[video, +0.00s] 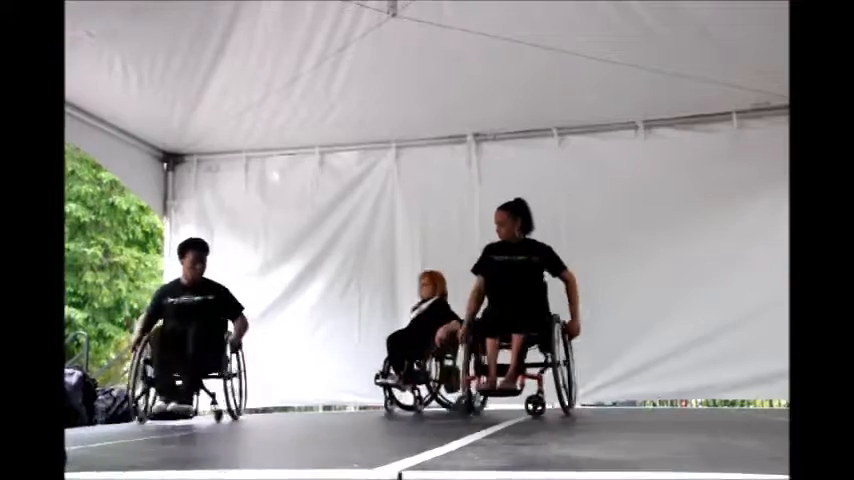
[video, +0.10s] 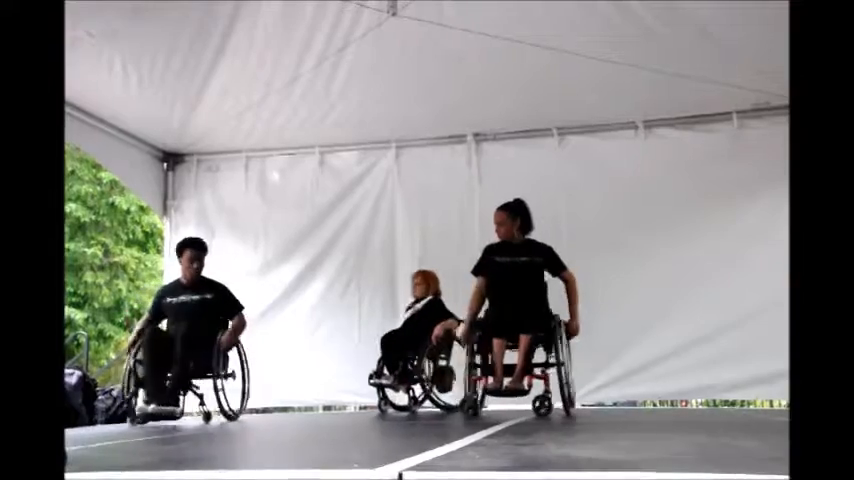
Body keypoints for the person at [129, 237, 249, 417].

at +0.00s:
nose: (200, 266)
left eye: (203, 262)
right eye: (195, 261)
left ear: (206, 262)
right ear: (182, 261)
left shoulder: (217, 292)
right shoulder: (166, 292)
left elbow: (241, 321)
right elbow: (148, 318)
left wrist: (236, 338)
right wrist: (138, 338)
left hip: (208, 352)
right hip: (177, 352)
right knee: (158, 336)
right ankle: (165, 399)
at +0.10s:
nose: (197, 265)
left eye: (200, 260)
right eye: (192, 260)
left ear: (204, 261)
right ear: (180, 260)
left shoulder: (217, 291)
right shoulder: (166, 293)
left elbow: (239, 321)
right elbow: (149, 321)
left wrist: (229, 339)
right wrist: (135, 339)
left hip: (208, 354)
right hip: (177, 353)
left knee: (186, 333)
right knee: (151, 334)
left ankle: (171, 399)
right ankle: (155, 400)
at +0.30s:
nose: (188, 263)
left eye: (193, 258)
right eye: (184, 258)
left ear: (200, 260)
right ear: (175, 259)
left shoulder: (212, 288)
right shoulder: (167, 292)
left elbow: (229, 317)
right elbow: (155, 320)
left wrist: (213, 336)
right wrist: (133, 337)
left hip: (201, 353)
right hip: (172, 351)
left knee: (164, 335)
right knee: (137, 335)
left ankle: (149, 400)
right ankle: (133, 399)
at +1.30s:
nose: (187, 257)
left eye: (192, 252)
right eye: (182, 252)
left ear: (201, 255)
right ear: (176, 255)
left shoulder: (211, 286)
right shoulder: (167, 288)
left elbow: (218, 315)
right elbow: (142, 310)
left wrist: (204, 340)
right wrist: (121, 326)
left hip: (200, 350)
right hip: (172, 349)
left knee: (161, 330)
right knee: (136, 332)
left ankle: (145, 397)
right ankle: (131, 396)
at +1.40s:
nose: (184, 257)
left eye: (189, 252)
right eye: (180, 252)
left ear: (199, 255)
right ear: (175, 255)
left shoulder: (211, 285)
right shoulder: (167, 287)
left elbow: (218, 314)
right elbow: (147, 301)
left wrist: (203, 339)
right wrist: (136, 306)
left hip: (199, 349)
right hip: (171, 347)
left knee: (162, 329)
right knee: (136, 331)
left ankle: (144, 397)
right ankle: (130, 394)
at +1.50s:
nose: (181, 255)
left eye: (186, 250)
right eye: (177, 251)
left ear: (196, 253)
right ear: (172, 255)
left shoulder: (210, 284)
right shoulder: (168, 286)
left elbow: (219, 312)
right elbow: (139, 302)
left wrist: (205, 337)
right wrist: (148, 288)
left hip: (200, 350)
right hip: (172, 348)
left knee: (163, 328)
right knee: (137, 330)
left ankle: (146, 395)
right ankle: (131, 394)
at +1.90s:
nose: (184, 255)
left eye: (189, 249)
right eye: (179, 250)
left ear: (199, 252)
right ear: (174, 254)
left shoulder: (213, 285)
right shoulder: (166, 287)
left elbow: (231, 314)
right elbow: (145, 317)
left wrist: (220, 319)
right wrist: (133, 294)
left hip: (204, 352)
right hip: (173, 349)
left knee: (170, 329)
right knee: (141, 329)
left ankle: (151, 396)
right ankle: (136, 396)